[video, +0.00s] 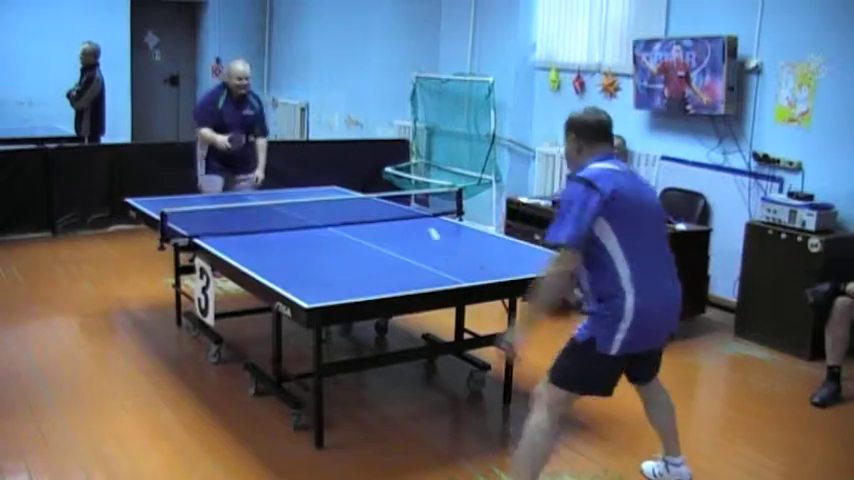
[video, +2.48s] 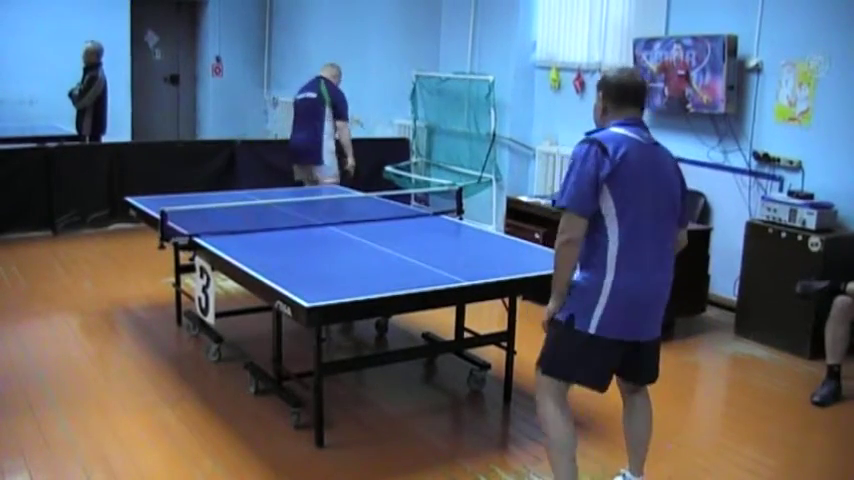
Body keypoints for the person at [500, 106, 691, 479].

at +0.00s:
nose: (565, 154)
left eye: (566, 146)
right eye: (565, 147)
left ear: (576, 145)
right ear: (610, 144)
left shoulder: (587, 182)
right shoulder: (636, 180)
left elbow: (564, 263)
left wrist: (521, 329)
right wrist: (582, 284)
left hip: (620, 314)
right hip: (663, 308)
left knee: (549, 399)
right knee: (647, 380)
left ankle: (519, 472)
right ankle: (675, 462)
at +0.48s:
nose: (604, 140)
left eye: (605, 131)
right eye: (604, 131)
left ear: (617, 129)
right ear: (644, 128)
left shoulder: (651, 172)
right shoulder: (646, 169)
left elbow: (644, 241)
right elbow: (623, 238)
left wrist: (602, 305)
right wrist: (571, 261)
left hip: (676, 310)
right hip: (671, 303)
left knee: (630, 404)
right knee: (661, 385)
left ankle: (612, 473)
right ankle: (677, 463)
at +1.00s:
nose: (603, 131)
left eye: (604, 124)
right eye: (605, 124)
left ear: (613, 123)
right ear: (648, 124)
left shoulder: (621, 168)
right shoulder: (669, 165)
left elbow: (590, 247)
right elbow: (668, 241)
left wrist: (545, 304)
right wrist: (621, 287)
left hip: (650, 311)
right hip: (688, 305)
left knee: (596, 405)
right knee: (672, 386)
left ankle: (594, 474)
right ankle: (678, 463)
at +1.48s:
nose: (597, 117)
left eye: (598, 111)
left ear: (601, 114)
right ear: (644, 113)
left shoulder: (604, 167)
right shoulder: (671, 165)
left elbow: (592, 252)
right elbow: (687, 237)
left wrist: (577, 323)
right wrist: (658, 282)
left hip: (622, 315)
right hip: (670, 312)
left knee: (578, 401)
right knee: (664, 384)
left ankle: (586, 473)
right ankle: (671, 462)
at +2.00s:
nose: (658, 108)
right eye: (657, 102)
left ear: (605, 101)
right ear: (650, 103)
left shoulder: (571, 152)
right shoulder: (670, 164)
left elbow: (539, 231)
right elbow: (689, 247)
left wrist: (534, 295)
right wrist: (652, 272)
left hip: (585, 307)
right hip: (643, 309)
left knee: (578, 405)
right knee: (640, 394)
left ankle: (585, 477)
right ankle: (635, 475)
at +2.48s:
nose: (594, 107)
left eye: (596, 100)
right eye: (597, 100)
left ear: (603, 102)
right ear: (641, 106)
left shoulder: (597, 150)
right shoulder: (667, 160)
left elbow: (570, 234)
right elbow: (678, 239)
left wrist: (557, 298)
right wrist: (640, 270)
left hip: (598, 302)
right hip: (648, 306)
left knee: (550, 386)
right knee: (635, 387)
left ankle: (564, 475)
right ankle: (634, 474)